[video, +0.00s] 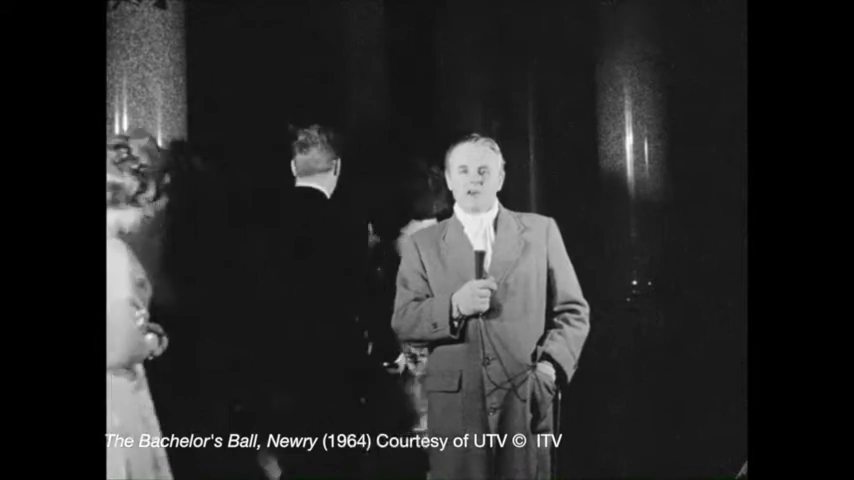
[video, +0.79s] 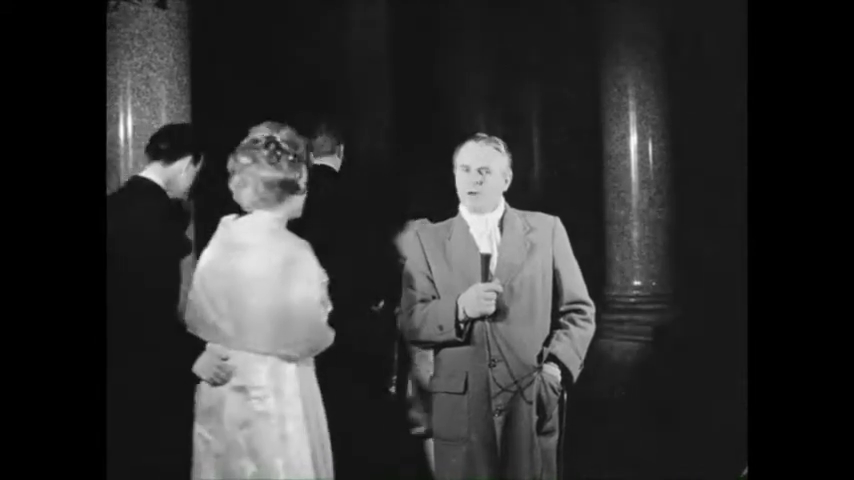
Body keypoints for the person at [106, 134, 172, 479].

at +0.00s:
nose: (158, 210)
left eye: (158, 199)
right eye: (154, 200)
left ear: (117, 192)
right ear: (138, 199)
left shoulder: (119, 253)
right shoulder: (116, 255)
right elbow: (119, 349)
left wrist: (145, 331)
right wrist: (152, 342)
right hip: (116, 405)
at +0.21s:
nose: (193, 211)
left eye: (194, 200)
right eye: (192, 200)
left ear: (136, 189)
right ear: (180, 198)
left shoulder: (112, 239)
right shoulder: (162, 254)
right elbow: (168, 337)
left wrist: (187, 329)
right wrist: (195, 337)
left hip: (114, 376)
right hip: (154, 384)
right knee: (164, 469)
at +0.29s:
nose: (210, 211)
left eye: (212, 201)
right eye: (209, 200)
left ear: (154, 187)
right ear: (194, 196)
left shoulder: (119, 240)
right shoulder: (181, 257)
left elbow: (114, 318)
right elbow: (188, 340)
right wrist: (214, 336)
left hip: (120, 381)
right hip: (172, 387)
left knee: (125, 471)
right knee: (177, 471)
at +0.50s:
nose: (256, 201)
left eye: (257, 190)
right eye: (255, 190)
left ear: (197, 186)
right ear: (243, 191)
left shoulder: (168, 237)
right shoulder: (230, 256)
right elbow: (241, 343)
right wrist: (266, 324)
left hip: (167, 383)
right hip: (221, 391)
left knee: (171, 470)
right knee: (229, 471)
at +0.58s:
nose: (272, 195)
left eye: (272, 184)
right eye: (271, 185)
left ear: (206, 186)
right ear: (259, 187)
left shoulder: (185, 237)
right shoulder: (248, 253)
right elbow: (263, 339)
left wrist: (267, 296)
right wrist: (285, 318)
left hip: (183, 384)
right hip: (240, 390)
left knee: (189, 471)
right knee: (247, 471)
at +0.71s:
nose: (293, 194)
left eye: (292, 185)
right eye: (290, 185)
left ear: (227, 188)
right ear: (280, 190)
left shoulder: (203, 242)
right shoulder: (276, 250)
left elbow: (180, 315)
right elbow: (293, 334)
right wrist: (314, 330)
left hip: (204, 382)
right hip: (267, 387)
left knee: (209, 471)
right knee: (271, 470)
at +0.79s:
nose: (308, 197)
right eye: (305, 188)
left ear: (242, 187)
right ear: (298, 193)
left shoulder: (221, 240)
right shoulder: (296, 252)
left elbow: (195, 314)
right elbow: (311, 335)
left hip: (219, 382)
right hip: (283, 386)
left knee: (223, 471)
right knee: (286, 469)